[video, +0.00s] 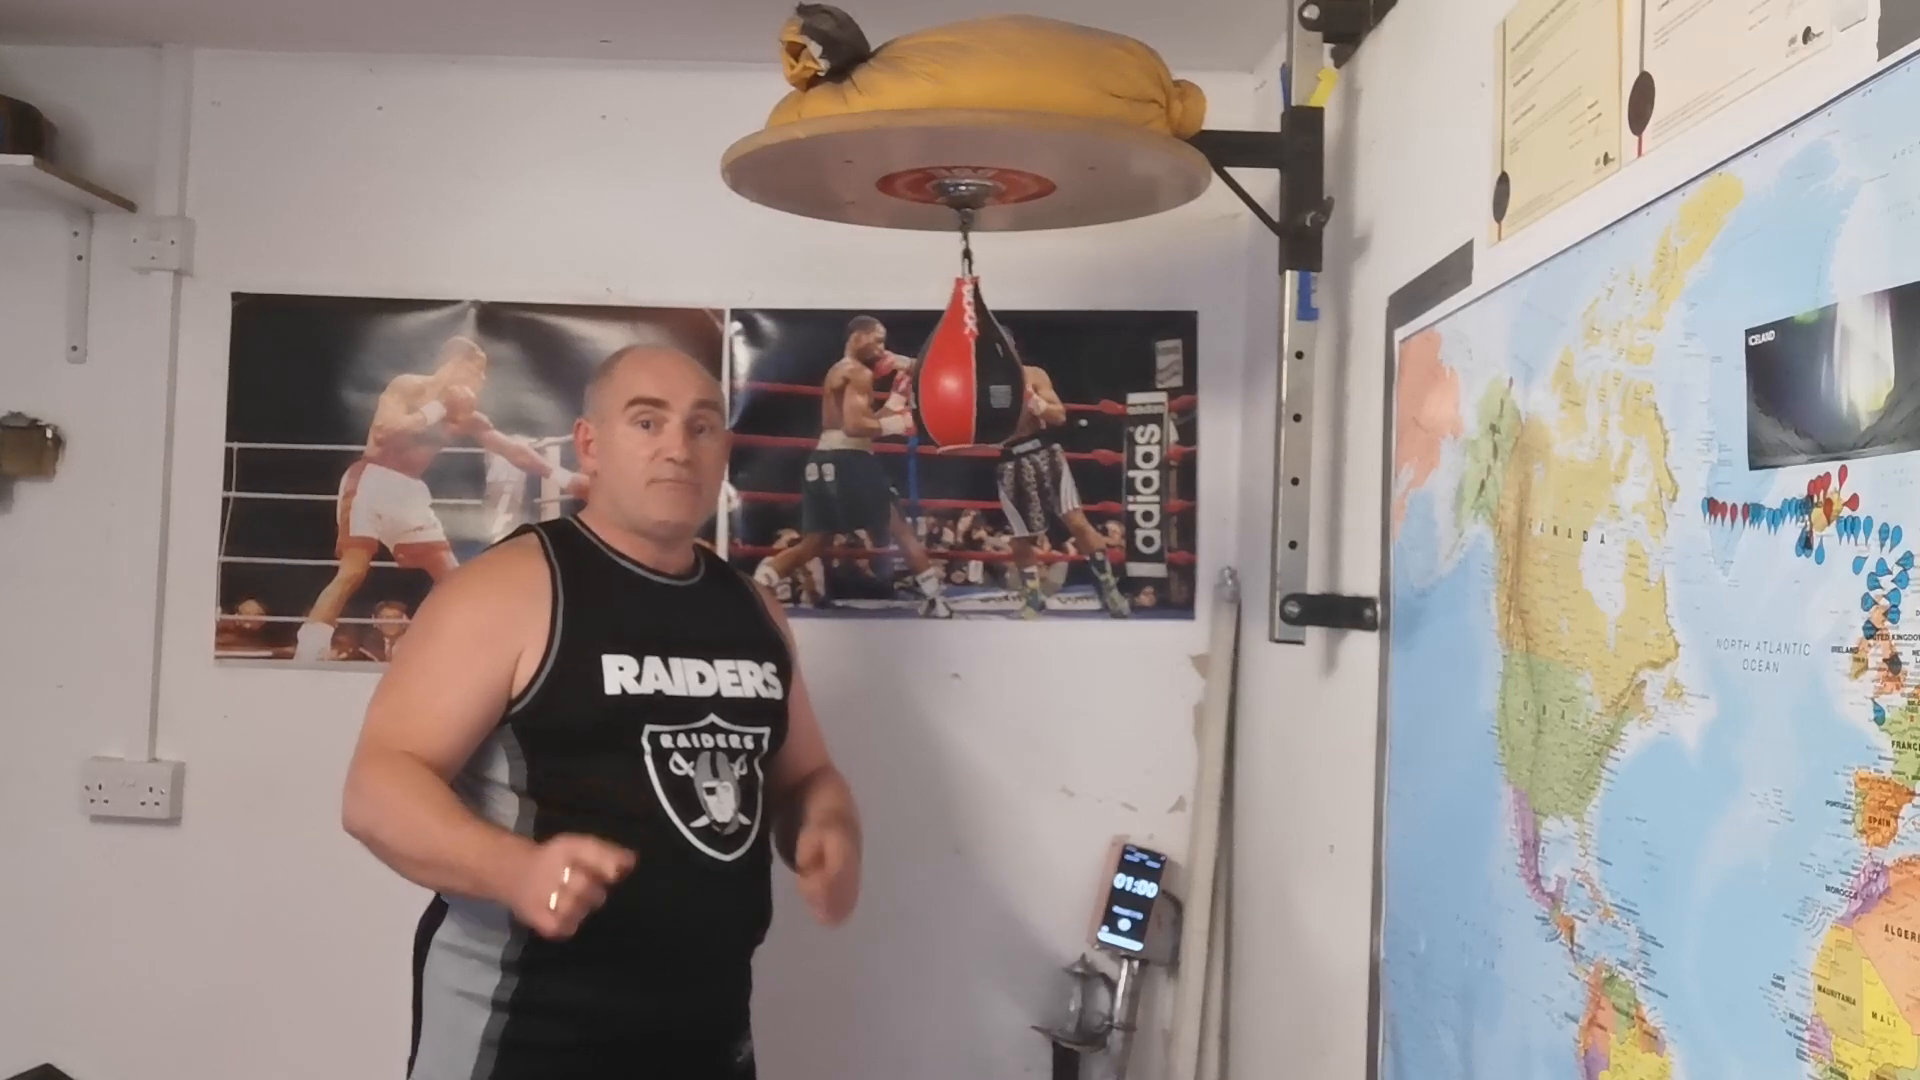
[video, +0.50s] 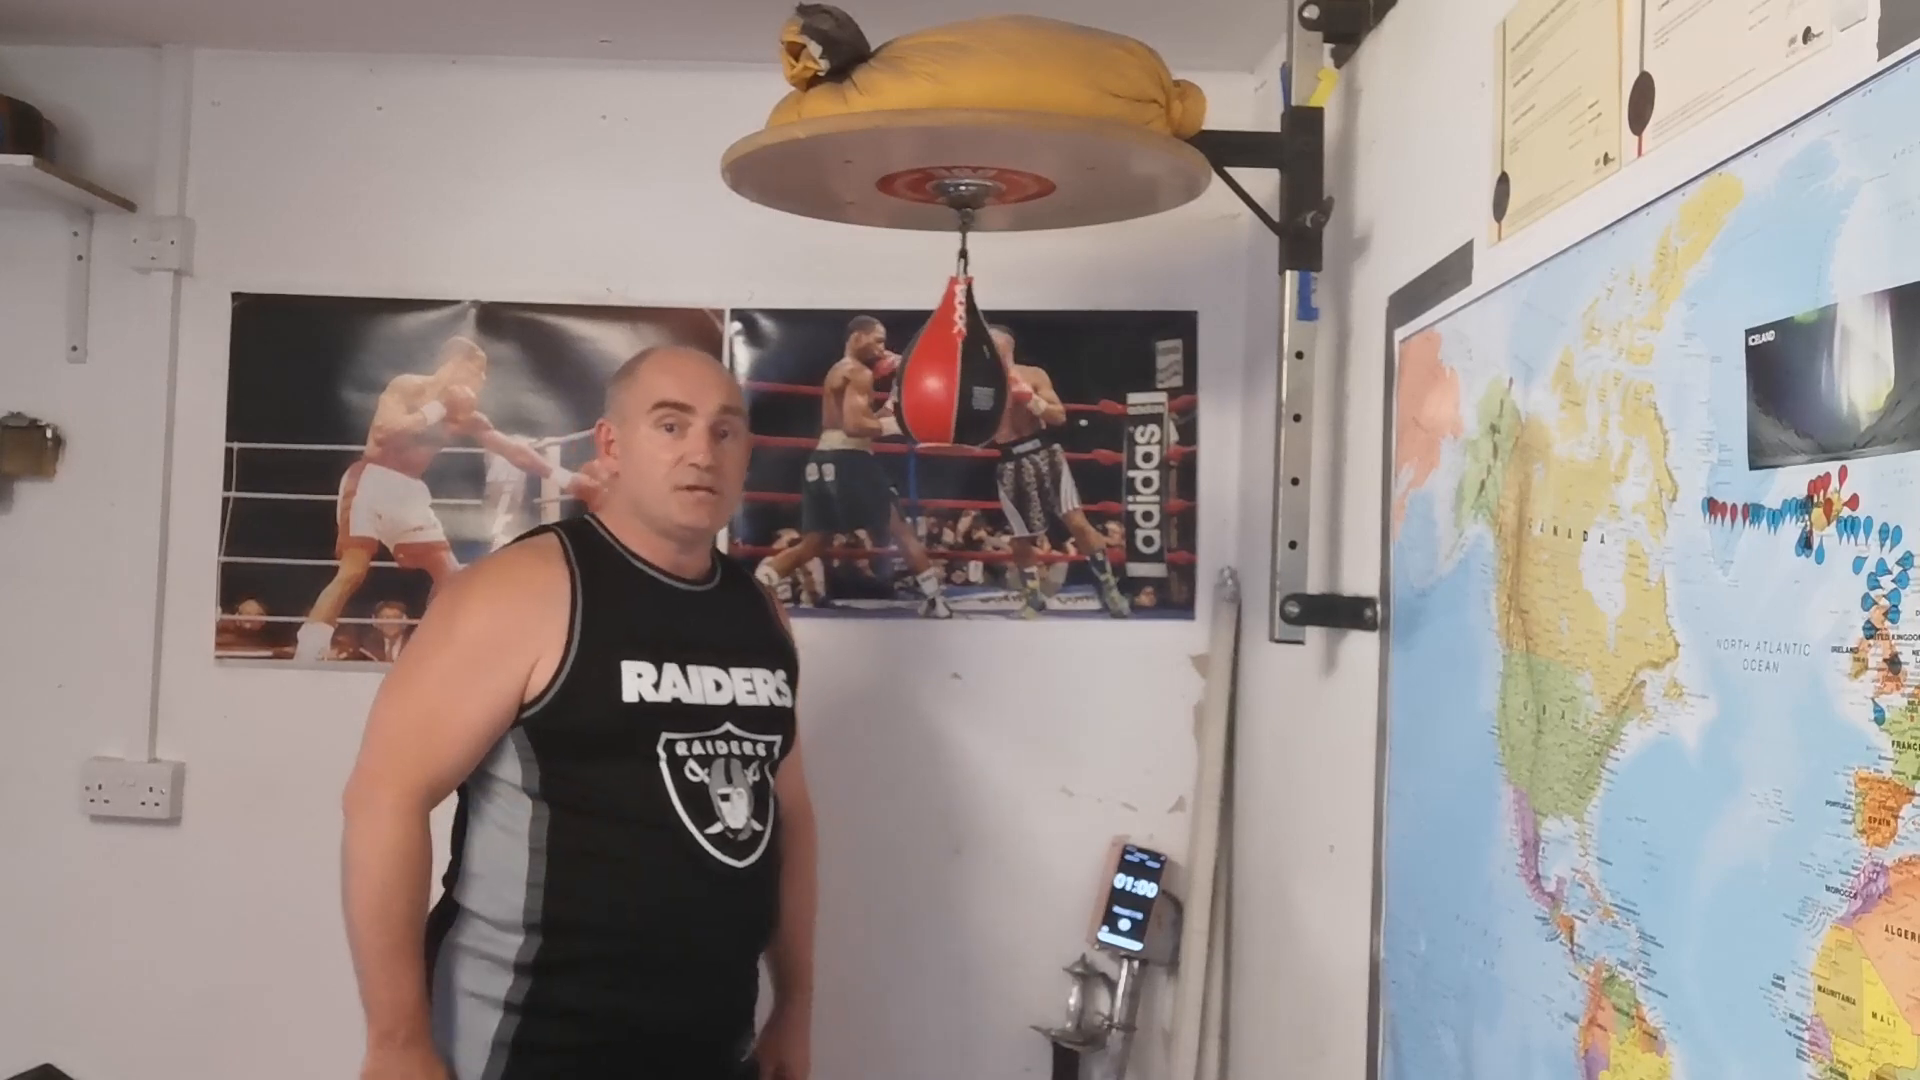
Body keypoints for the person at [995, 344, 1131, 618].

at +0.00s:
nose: (1002, 358)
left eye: (1005, 350)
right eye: (995, 353)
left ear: (1014, 349)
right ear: (987, 359)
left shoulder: (1033, 375)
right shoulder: (983, 387)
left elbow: (1059, 416)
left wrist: (1040, 407)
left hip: (1046, 456)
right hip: (1011, 465)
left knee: (1077, 524)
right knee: (1021, 537)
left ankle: (1109, 590)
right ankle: (1032, 599)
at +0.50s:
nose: (996, 356)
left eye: (1000, 349)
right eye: (992, 350)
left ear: (1011, 348)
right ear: (985, 354)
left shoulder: (1034, 375)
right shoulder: (983, 384)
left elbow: (1059, 416)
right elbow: (977, 428)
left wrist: (1034, 402)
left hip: (1046, 456)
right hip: (1011, 465)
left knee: (1076, 522)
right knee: (1022, 537)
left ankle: (1109, 589)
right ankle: (1032, 598)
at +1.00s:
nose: (999, 356)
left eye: (1002, 349)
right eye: (993, 351)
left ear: (1012, 349)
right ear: (986, 354)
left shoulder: (1035, 375)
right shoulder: (982, 384)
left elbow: (1059, 416)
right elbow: (977, 426)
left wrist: (1038, 405)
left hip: (1046, 456)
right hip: (1011, 464)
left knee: (1075, 522)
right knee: (1022, 538)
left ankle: (1108, 588)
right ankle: (1033, 599)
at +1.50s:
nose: (999, 357)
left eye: (1003, 350)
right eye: (994, 351)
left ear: (1012, 349)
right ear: (986, 354)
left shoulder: (1034, 375)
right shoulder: (983, 383)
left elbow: (1059, 416)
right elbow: (976, 426)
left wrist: (1038, 405)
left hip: (1046, 456)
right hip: (1011, 464)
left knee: (1075, 522)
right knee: (1022, 538)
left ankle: (1108, 587)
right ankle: (1032, 598)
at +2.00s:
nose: (996, 355)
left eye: (999, 348)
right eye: (991, 349)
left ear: (1010, 347)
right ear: (985, 352)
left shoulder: (1034, 375)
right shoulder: (983, 383)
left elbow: (1059, 416)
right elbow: (978, 429)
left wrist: (1037, 404)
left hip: (1046, 456)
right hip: (1011, 464)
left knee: (1075, 522)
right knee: (1022, 537)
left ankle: (1108, 587)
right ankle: (1032, 597)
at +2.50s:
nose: (1001, 355)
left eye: (1004, 347)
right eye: (995, 349)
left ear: (1013, 348)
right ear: (986, 355)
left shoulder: (1034, 375)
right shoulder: (984, 385)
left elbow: (1059, 416)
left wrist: (1040, 407)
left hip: (1046, 456)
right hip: (1011, 465)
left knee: (1075, 522)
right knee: (1022, 537)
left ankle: (1107, 586)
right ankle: (1033, 597)